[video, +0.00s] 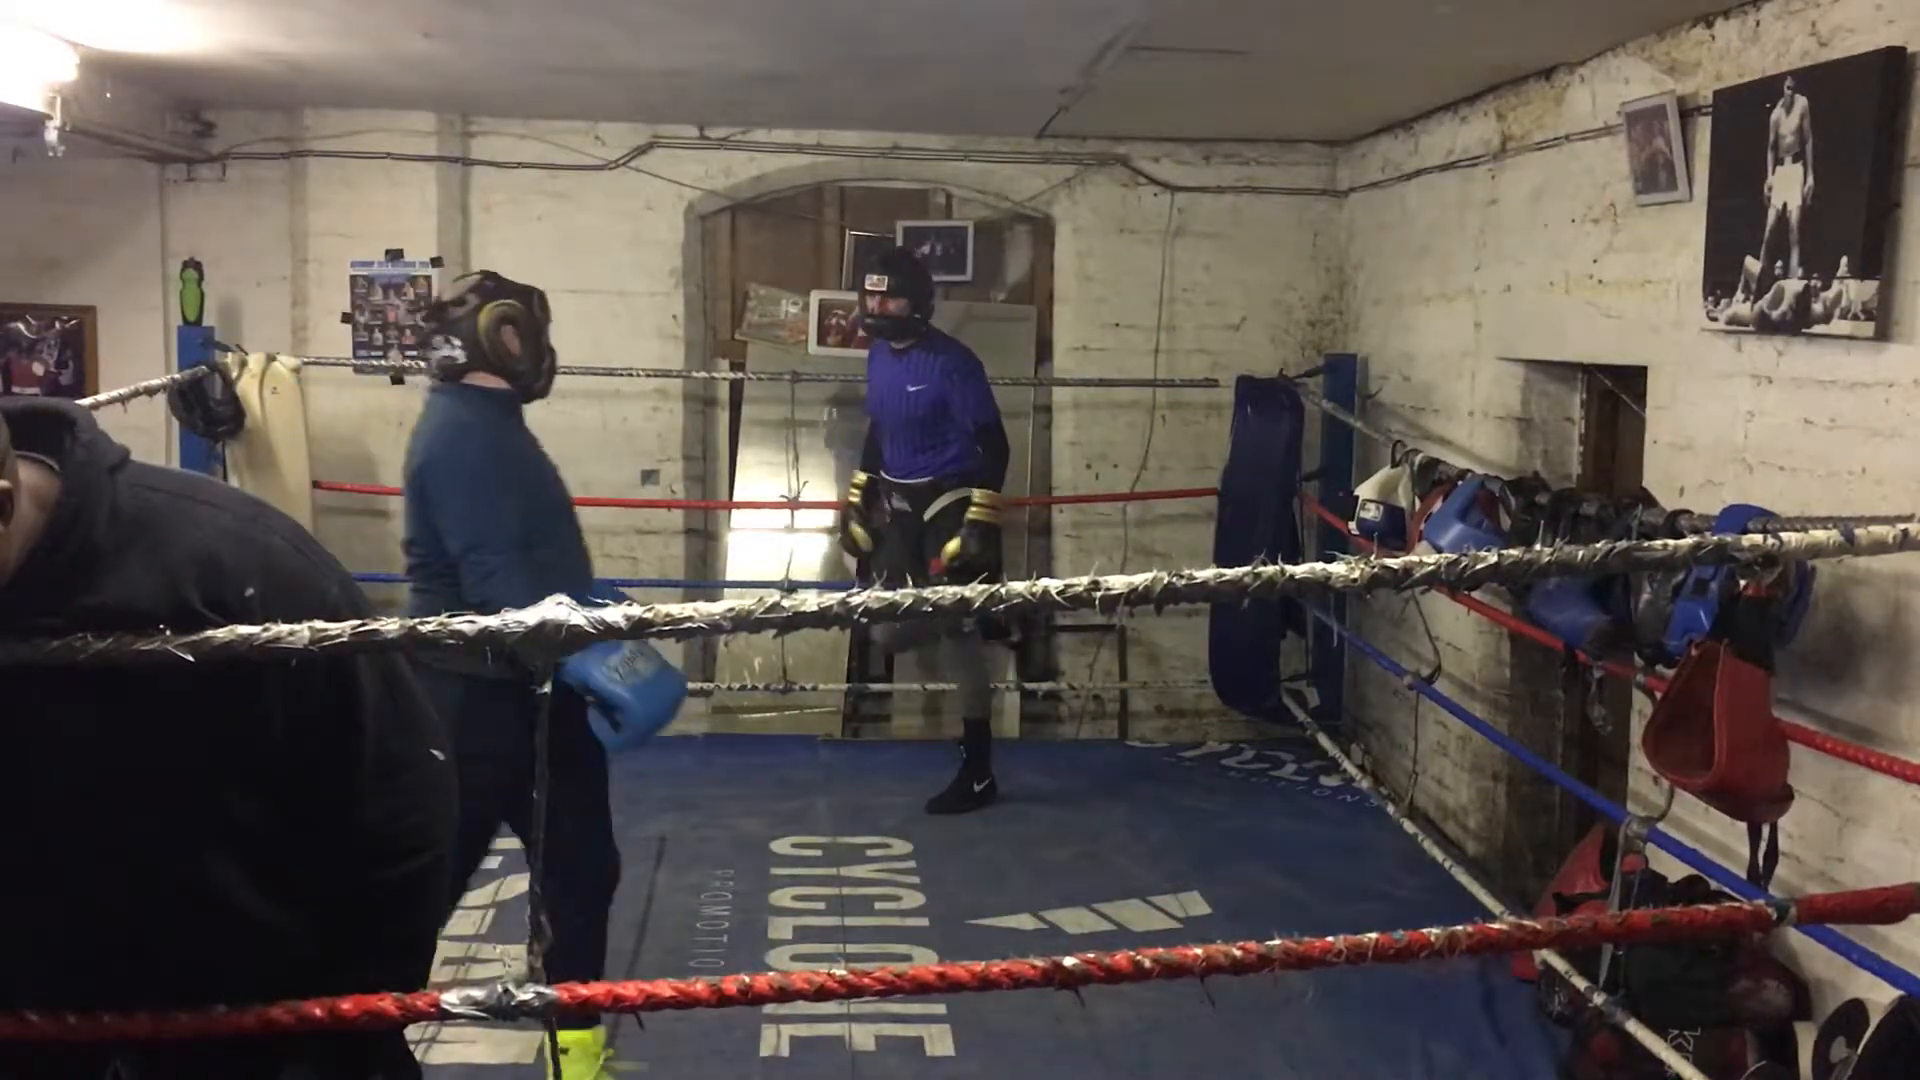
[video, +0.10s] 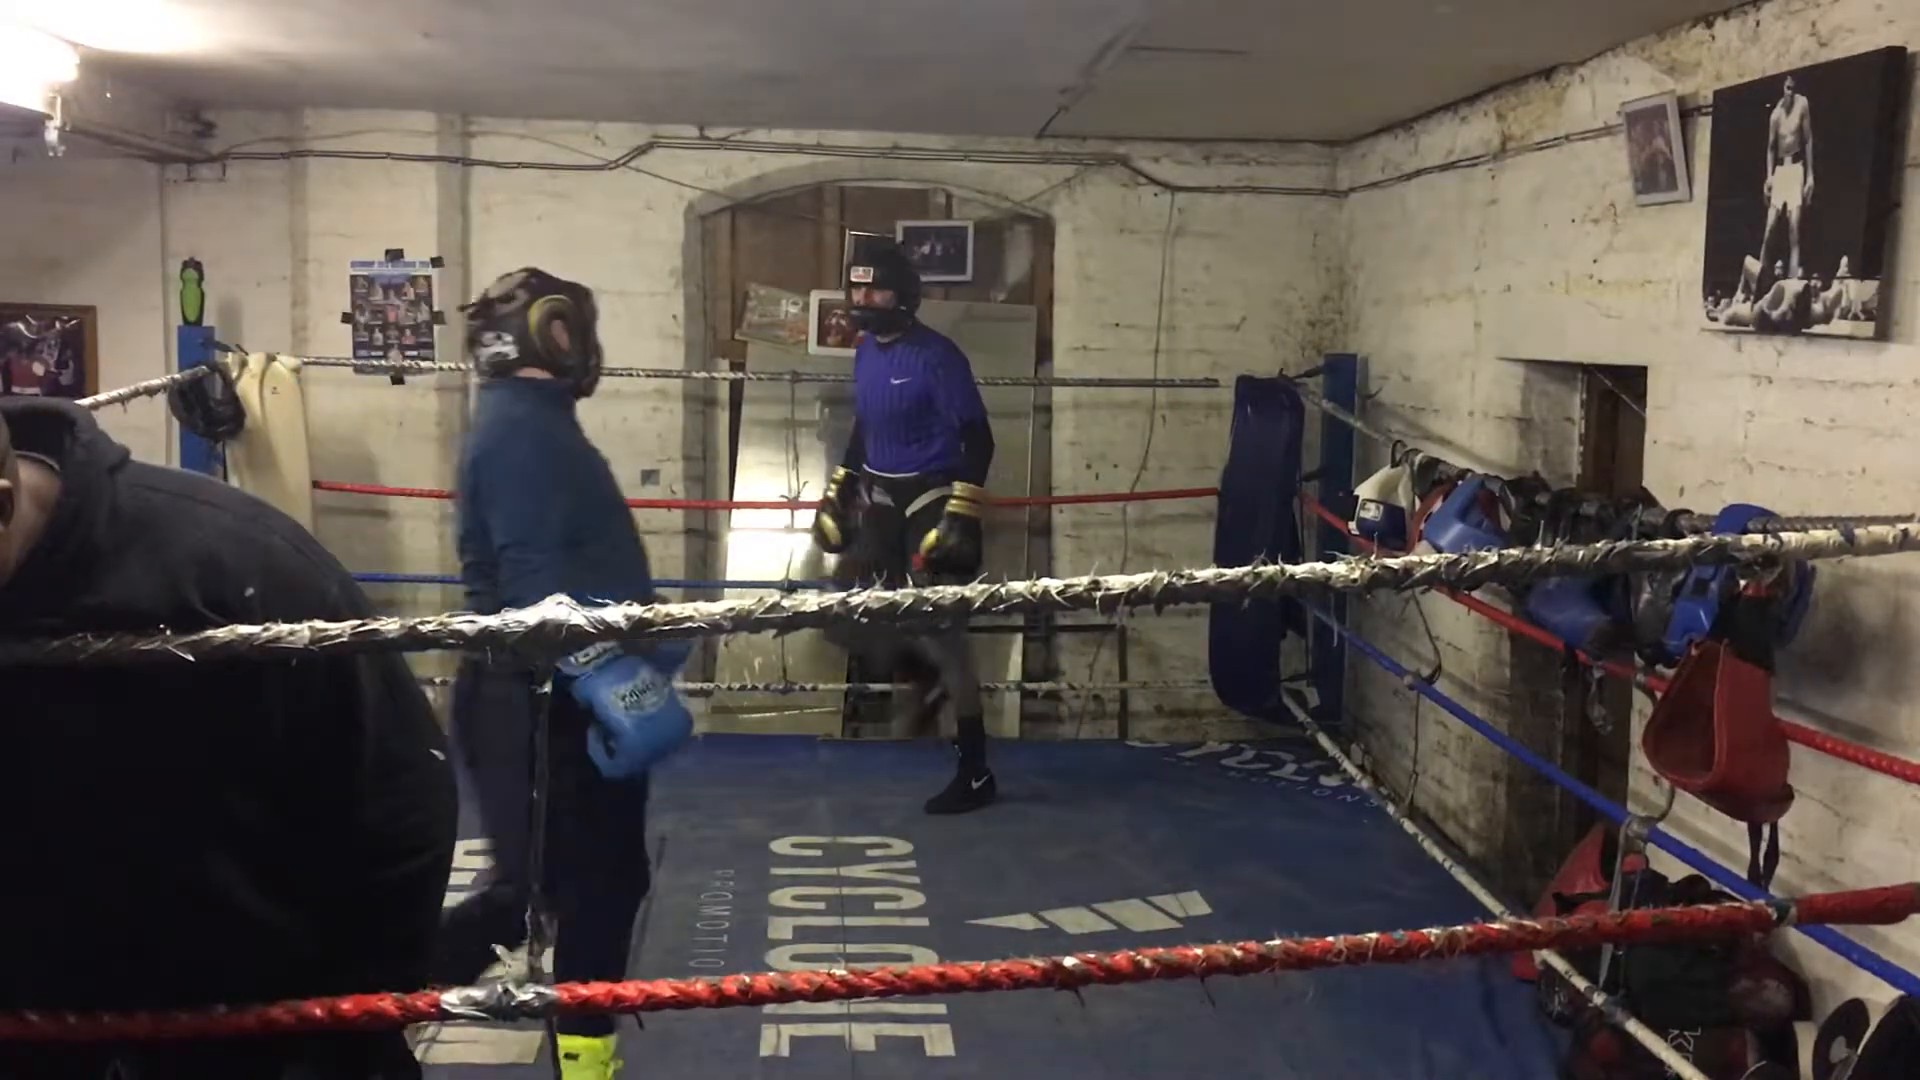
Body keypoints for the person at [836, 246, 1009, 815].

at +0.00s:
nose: (873, 305)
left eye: (886, 296)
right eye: (869, 296)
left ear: (915, 302)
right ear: (866, 301)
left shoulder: (953, 362)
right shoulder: (879, 356)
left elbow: (994, 444)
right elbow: (878, 430)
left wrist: (981, 517)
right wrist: (859, 499)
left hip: (951, 507)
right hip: (897, 507)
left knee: (959, 633)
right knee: (891, 634)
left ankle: (978, 769)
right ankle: (965, 609)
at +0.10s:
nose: (864, 298)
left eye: (875, 287)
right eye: (857, 287)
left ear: (903, 293)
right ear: (851, 294)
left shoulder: (938, 356)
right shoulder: (865, 353)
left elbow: (978, 438)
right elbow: (864, 426)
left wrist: (963, 510)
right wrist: (838, 493)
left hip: (933, 504)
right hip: (879, 502)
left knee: (945, 632)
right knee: (844, 618)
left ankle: (974, 769)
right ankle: (928, 671)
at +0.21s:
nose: (850, 295)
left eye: (862, 284)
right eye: (845, 284)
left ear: (891, 291)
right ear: (840, 291)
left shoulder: (924, 355)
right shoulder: (847, 354)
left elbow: (962, 434)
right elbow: (844, 427)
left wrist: (952, 506)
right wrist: (819, 492)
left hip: (914, 505)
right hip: (855, 504)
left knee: (929, 631)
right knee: (828, 624)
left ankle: (970, 765)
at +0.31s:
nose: (838, 294)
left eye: (851, 285)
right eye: (832, 284)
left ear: (878, 292)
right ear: (824, 292)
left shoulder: (905, 357)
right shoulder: (824, 358)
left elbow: (945, 438)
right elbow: (810, 436)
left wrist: (941, 510)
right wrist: (793, 504)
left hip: (892, 507)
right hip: (831, 507)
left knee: (901, 632)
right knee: (824, 631)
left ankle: (966, 763)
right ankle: (844, 761)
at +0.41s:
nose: (826, 292)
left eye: (838, 282)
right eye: (819, 281)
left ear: (864, 290)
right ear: (809, 289)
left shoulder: (895, 354)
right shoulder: (806, 355)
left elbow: (932, 436)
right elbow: (787, 434)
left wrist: (929, 502)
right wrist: (765, 504)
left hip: (874, 503)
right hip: (812, 501)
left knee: (867, 637)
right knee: (816, 633)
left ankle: (945, 749)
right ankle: (844, 760)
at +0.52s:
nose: (814, 286)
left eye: (826, 277)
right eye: (807, 276)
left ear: (851, 285)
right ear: (796, 285)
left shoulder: (881, 349)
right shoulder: (789, 349)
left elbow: (924, 425)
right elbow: (767, 425)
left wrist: (922, 496)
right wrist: (744, 486)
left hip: (864, 493)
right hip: (800, 494)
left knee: (851, 630)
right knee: (814, 629)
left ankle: (909, 743)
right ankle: (841, 759)